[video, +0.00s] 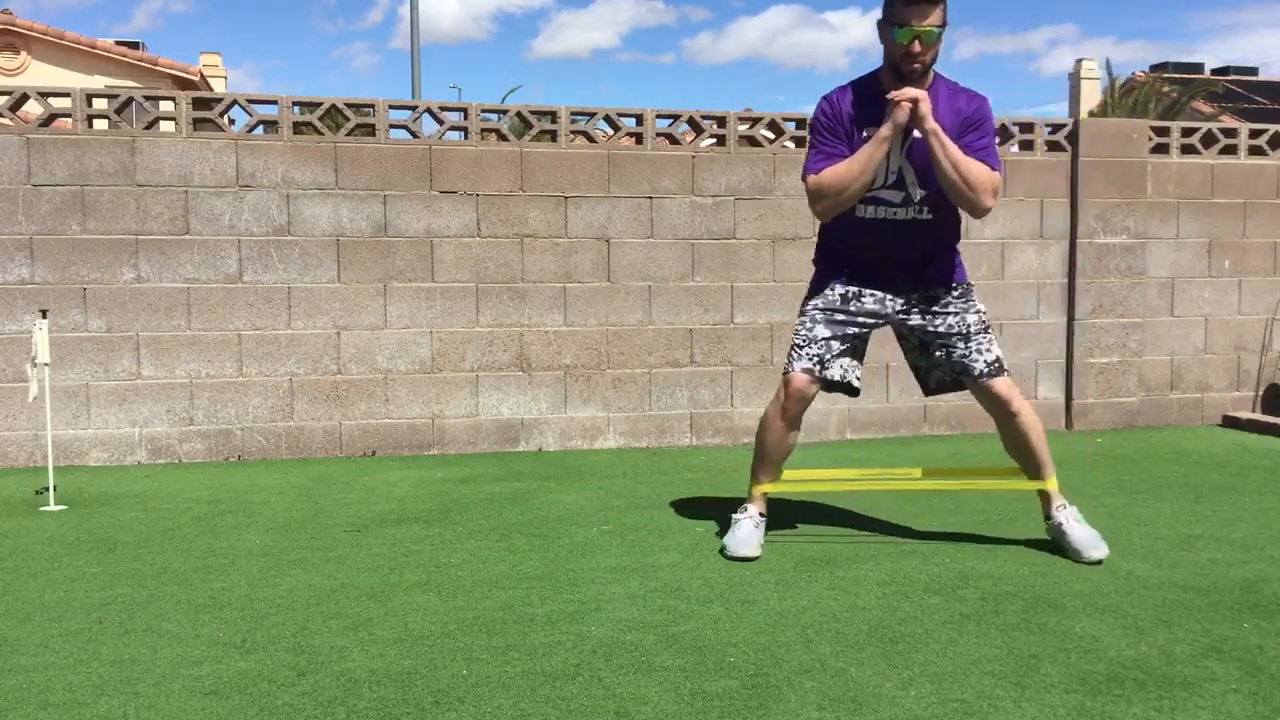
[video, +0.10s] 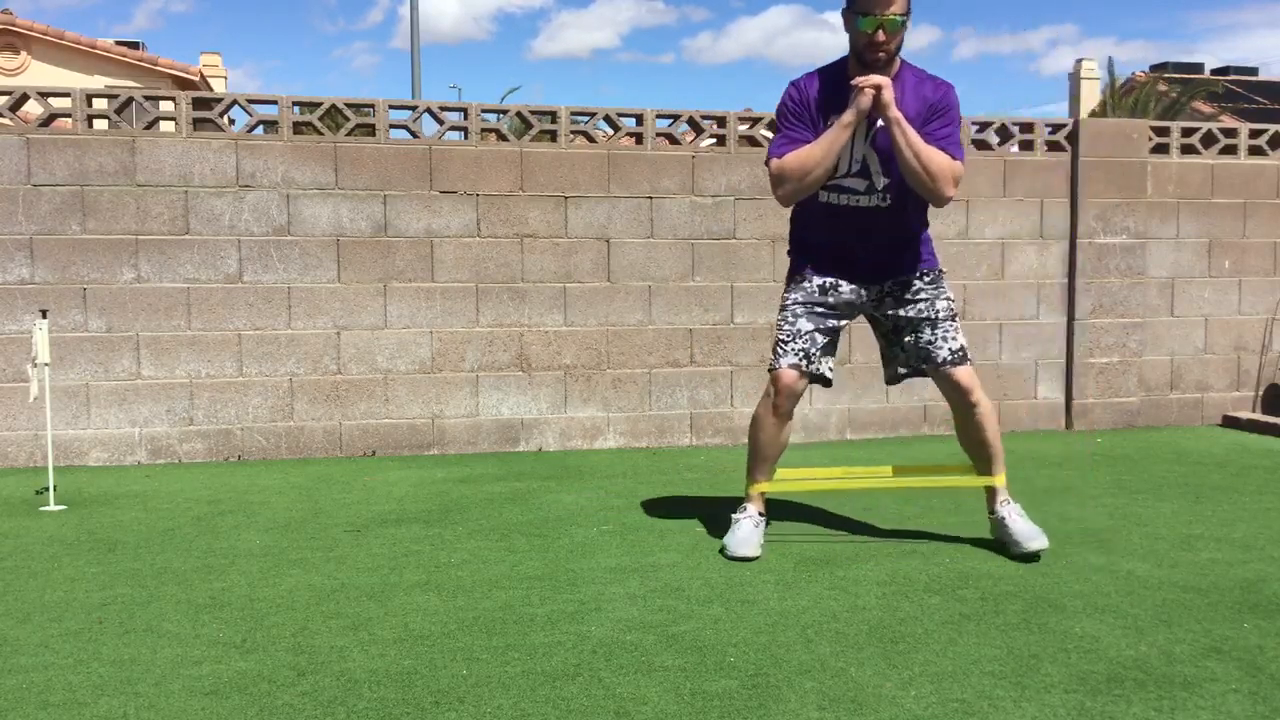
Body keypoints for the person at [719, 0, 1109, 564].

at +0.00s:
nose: (916, 47)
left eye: (929, 36)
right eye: (904, 33)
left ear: (943, 36)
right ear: (882, 30)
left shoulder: (967, 107)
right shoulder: (840, 107)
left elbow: (981, 200)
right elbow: (823, 203)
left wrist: (930, 129)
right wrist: (889, 132)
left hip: (935, 278)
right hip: (847, 276)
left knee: (999, 390)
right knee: (796, 387)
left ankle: (1057, 508)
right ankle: (753, 509)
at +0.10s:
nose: (881, 33)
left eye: (893, 22)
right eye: (869, 20)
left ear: (907, 24)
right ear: (847, 19)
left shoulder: (934, 95)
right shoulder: (807, 93)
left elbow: (943, 188)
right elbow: (786, 186)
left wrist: (892, 115)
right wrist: (851, 118)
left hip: (906, 267)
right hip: (822, 267)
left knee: (961, 380)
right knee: (784, 382)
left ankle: (1002, 505)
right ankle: (752, 509)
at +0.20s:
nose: (857, 30)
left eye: (869, 17)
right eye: (843, 17)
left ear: (885, 17)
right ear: (824, 17)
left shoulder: (914, 85)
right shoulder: (787, 87)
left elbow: (923, 180)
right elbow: (768, 180)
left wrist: (871, 106)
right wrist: (832, 108)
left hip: (888, 259)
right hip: (805, 261)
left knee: (927, 378)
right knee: (775, 380)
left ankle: (937, 502)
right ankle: (751, 508)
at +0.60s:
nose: (839, 37)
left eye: (852, 26)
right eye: (828, 24)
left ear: (869, 24)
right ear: (810, 21)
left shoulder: (897, 91)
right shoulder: (772, 88)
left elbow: (905, 185)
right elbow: (762, 188)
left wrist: (854, 110)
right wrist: (822, 116)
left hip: (859, 266)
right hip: (779, 261)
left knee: (882, 383)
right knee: (737, 372)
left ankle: (884, 510)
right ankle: (712, 500)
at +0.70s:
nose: (829, 35)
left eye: (842, 23)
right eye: (817, 22)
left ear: (860, 21)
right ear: (799, 20)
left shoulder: (886, 88)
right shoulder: (761, 84)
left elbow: (894, 181)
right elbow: (748, 182)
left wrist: (844, 107)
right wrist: (808, 112)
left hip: (843, 263)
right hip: (760, 258)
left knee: (872, 383)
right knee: (704, 369)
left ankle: (883, 509)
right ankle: (652, 496)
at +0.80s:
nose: (807, 38)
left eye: (821, 27)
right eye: (796, 25)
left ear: (839, 23)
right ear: (779, 22)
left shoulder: (865, 94)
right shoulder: (740, 90)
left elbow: (876, 186)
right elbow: (725, 187)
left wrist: (823, 111)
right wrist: (788, 118)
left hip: (824, 271)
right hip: (738, 265)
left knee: (859, 389)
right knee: (666, 374)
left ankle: (881, 509)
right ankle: (593, 494)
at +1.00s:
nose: (723, 60)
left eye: (737, 48)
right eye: (712, 46)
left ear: (754, 42)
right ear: (693, 39)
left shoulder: (781, 114)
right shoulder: (657, 109)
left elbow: (789, 202)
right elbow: (641, 204)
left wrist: (736, 132)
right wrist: (703, 132)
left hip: (752, 290)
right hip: (664, 285)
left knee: (811, 398)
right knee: (593, 390)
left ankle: (876, 508)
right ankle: (542, 506)